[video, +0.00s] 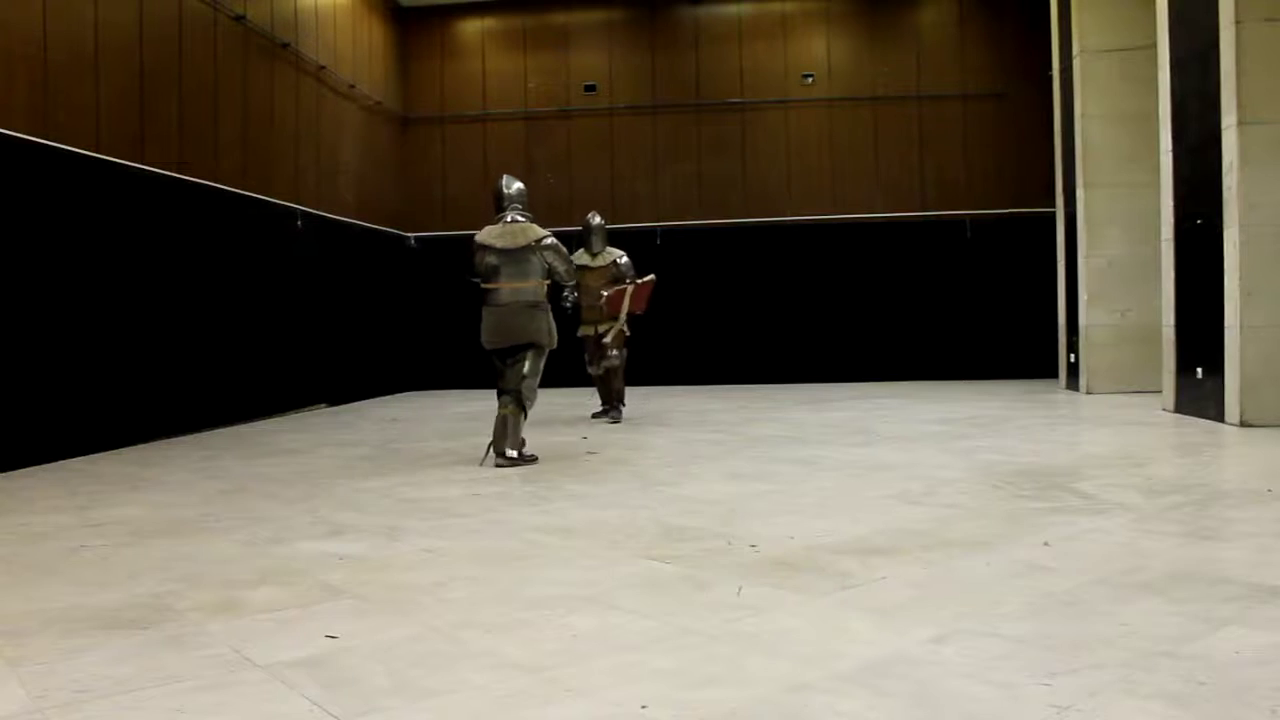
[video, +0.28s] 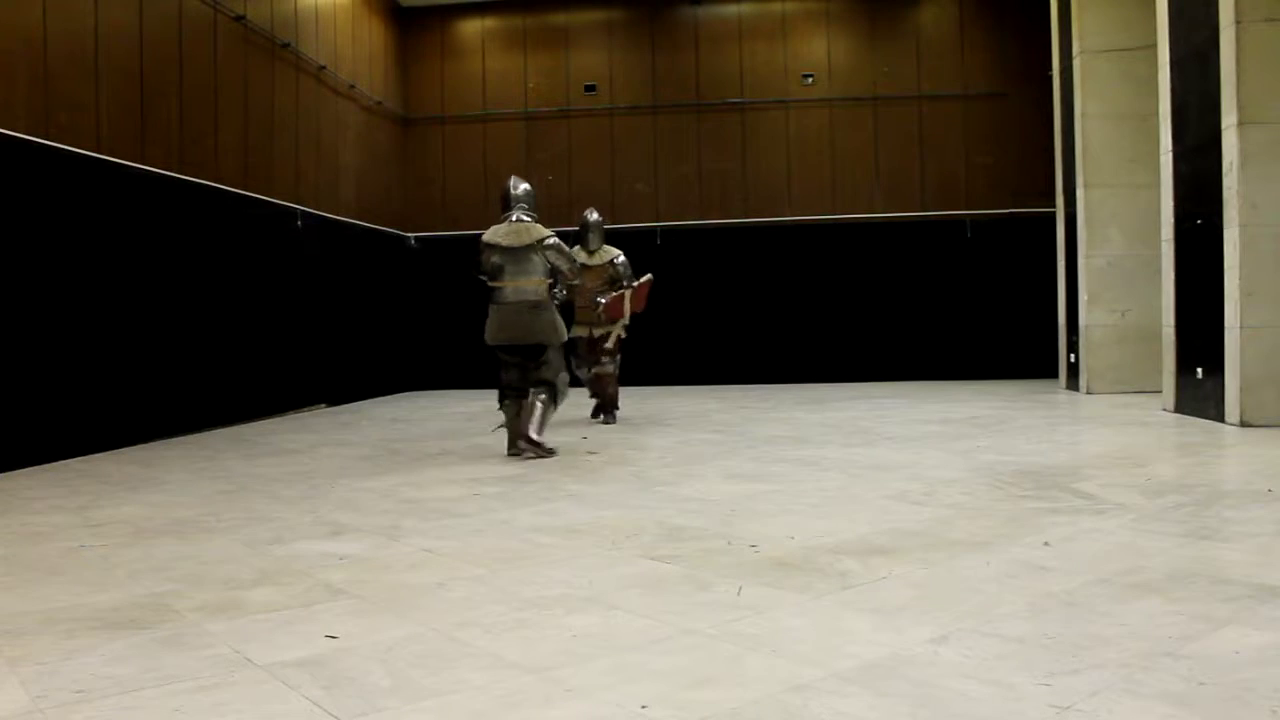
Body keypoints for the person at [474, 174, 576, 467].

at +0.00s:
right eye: (523, 200)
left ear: (498, 204)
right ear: (526, 202)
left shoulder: (484, 239)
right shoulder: (540, 238)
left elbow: (480, 274)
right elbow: (567, 274)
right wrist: (565, 294)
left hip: (495, 319)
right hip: (533, 317)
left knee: (508, 382)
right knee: (522, 384)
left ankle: (507, 444)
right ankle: (507, 447)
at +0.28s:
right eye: (530, 201)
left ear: (505, 204)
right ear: (532, 203)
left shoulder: (490, 238)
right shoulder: (542, 237)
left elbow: (488, 272)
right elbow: (571, 270)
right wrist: (559, 292)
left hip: (502, 316)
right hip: (538, 315)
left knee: (512, 375)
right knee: (550, 375)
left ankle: (515, 440)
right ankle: (534, 432)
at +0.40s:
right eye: (538, 204)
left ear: (512, 206)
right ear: (539, 205)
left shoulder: (496, 238)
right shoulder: (546, 238)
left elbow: (496, 269)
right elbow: (576, 266)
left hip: (505, 318)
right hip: (541, 318)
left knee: (517, 372)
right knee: (559, 376)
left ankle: (515, 434)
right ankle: (554, 438)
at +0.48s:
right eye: (541, 207)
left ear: (515, 210)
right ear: (541, 209)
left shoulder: (500, 242)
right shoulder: (550, 243)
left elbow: (500, 274)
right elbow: (581, 271)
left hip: (507, 319)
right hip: (543, 320)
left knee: (517, 368)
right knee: (559, 375)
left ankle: (511, 420)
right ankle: (554, 436)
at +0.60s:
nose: (544, 220)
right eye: (544, 216)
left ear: (520, 217)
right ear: (546, 218)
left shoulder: (504, 246)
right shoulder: (548, 250)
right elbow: (573, 279)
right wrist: (595, 269)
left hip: (502, 326)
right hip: (537, 327)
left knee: (514, 377)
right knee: (561, 378)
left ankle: (517, 431)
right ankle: (554, 433)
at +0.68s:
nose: (546, 230)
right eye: (547, 226)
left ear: (522, 225)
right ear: (548, 228)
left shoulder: (503, 251)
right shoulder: (549, 261)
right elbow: (570, 298)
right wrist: (584, 275)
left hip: (497, 334)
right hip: (532, 335)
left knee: (520, 378)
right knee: (559, 380)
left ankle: (521, 431)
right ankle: (555, 434)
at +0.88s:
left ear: (523, 228)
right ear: (549, 229)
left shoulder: (505, 255)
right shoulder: (558, 266)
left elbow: (498, 286)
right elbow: (568, 301)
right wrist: (550, 312)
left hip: (504, 333)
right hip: (541, 335)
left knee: (519, 375)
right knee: (557, 373)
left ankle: (521, 429)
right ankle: (552, 429)